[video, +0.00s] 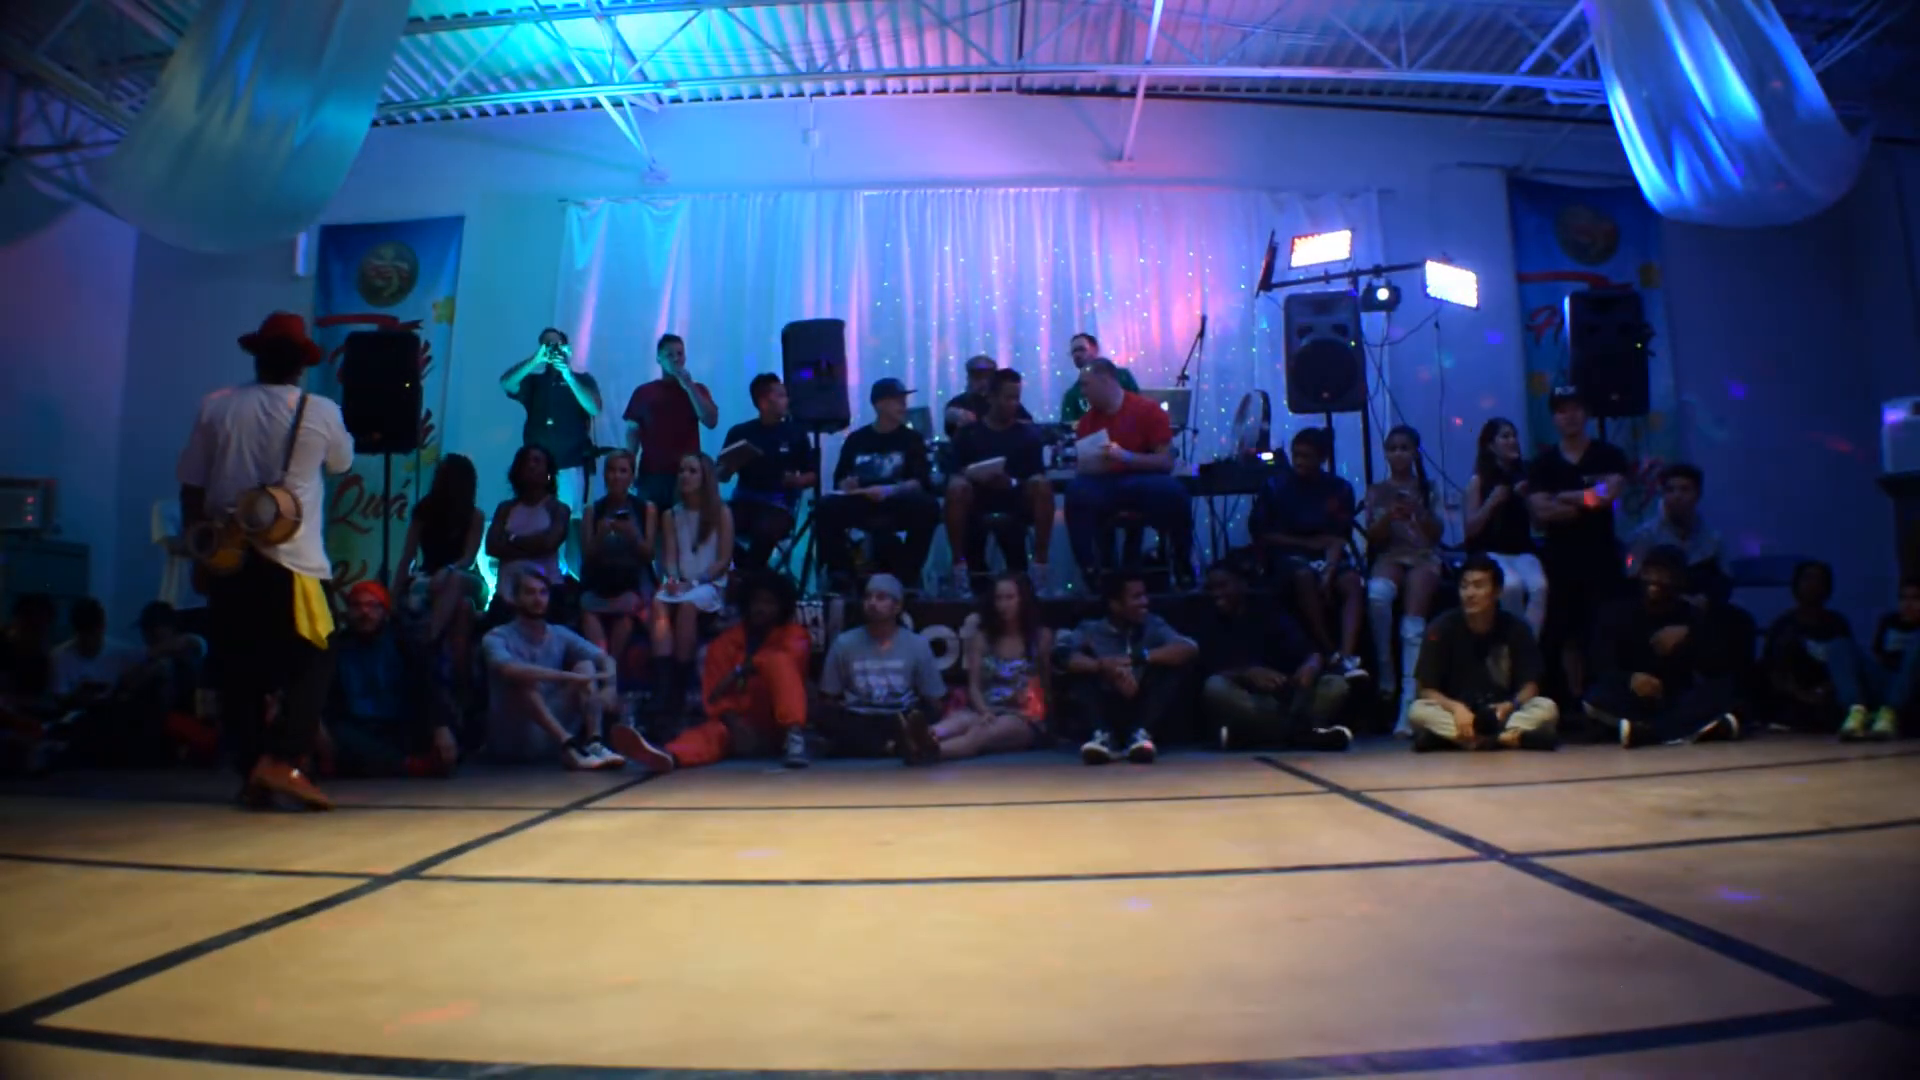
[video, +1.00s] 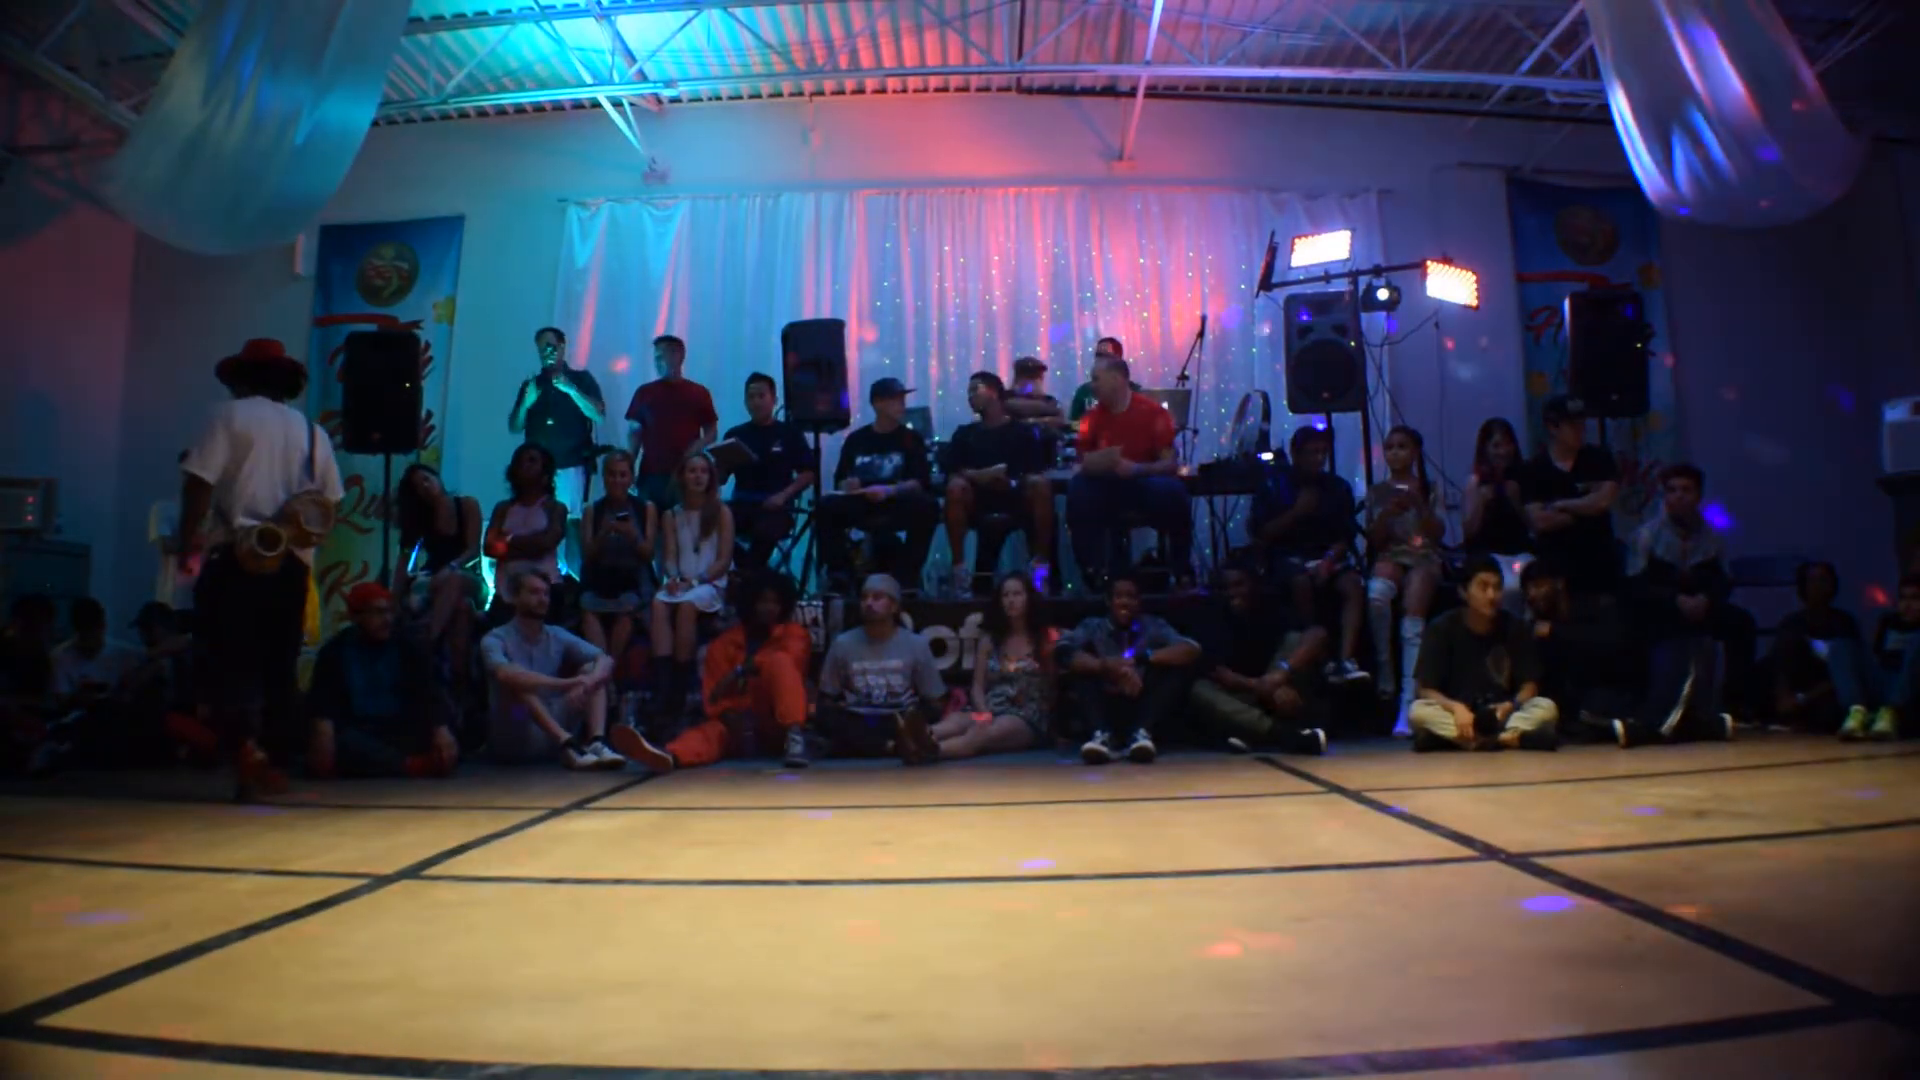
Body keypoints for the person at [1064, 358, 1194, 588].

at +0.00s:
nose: (1082, 391)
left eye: (1086, 384)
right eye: (1081, 385)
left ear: (1106, 380)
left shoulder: (1148, 410)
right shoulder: (1087, 422)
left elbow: (1165, 460)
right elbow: (1083, 463)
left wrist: (1125, 456)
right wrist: (1098, 463)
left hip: (1144, 481)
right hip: (1103, 482)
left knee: (1175, 495)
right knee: (1076, 495)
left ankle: (1182, 567)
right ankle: (1090, 570)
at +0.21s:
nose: (1083, 390)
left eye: (1087, 383)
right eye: (1082, 384)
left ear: (1107, 381)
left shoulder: (1148, 411)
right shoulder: (1088, 422)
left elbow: (1165, 460)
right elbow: (1082, 464)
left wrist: (1125, 457)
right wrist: (1098, 463)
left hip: (1144, 480)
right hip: (1103, 481)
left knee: (1174, 493)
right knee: (1077, 495)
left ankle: (1182, 565)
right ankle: (1090, 571)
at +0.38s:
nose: (1082, 390)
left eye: (1086, 383)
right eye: (1082, 384)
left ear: (1106, 381)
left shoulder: (1148, 411)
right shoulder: (1087, 422)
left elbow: (1165, 460)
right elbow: (1082, 464)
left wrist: (1126, 458)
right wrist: (1097, 464)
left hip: (1143, 481)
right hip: (1103, 482)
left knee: (1175, 495)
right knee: (1077, 495)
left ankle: (1182, 565)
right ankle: (1090, 571)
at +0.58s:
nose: (1085, 390)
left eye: (1088, 383)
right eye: (1084, 384)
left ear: (1107, 380)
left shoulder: (1148, 411)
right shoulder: (1088, 421)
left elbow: (1165, 460)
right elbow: (1081, 463)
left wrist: (1125, 460)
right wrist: (1098, 463)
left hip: (1142, 482)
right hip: (1103, 483)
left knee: (1173, 494)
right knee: (1077, 495)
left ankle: (1182, 568)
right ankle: (1090, 571)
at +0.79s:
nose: (1087, 388)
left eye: (1091, 381)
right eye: (1087, 382)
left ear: (1112, 380)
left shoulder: (1148, 411)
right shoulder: (1089, 420)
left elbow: (1166, 462)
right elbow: (1080, 464)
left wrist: (1130, 469)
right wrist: (1097, 465)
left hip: (1142, 483)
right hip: (1104, 484)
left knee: (1170, 491)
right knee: (1078, 492)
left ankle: (1181, 568)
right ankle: (1091, 571)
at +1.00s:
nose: (1092, 386)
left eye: (1097, 379)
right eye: (1092, 380)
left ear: (1119, 380)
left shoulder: (1153, 413)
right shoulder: (1092, 418)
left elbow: (1169, 463)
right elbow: (1083, 460)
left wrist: (1134, 468)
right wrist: (1102, 460)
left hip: (1143, 482)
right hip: (1106, 482)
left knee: (1174, 493)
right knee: (1079, 490)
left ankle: (1181, 569)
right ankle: (1091, 570)